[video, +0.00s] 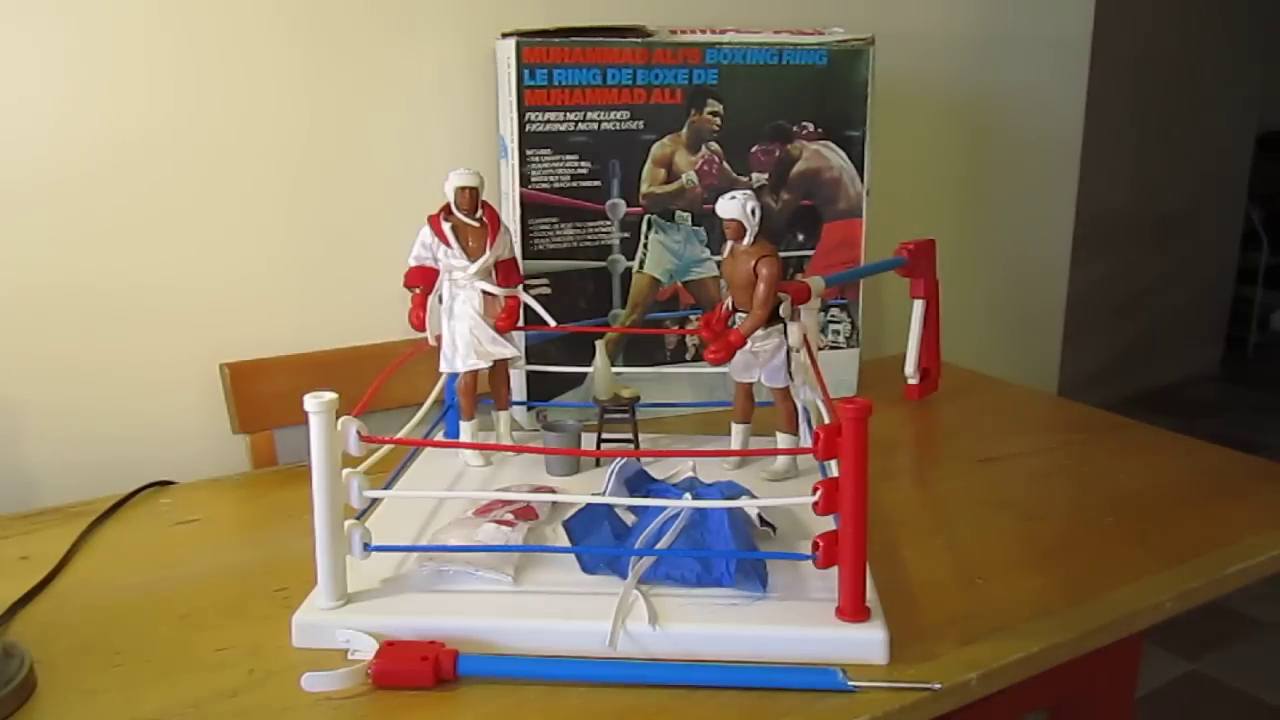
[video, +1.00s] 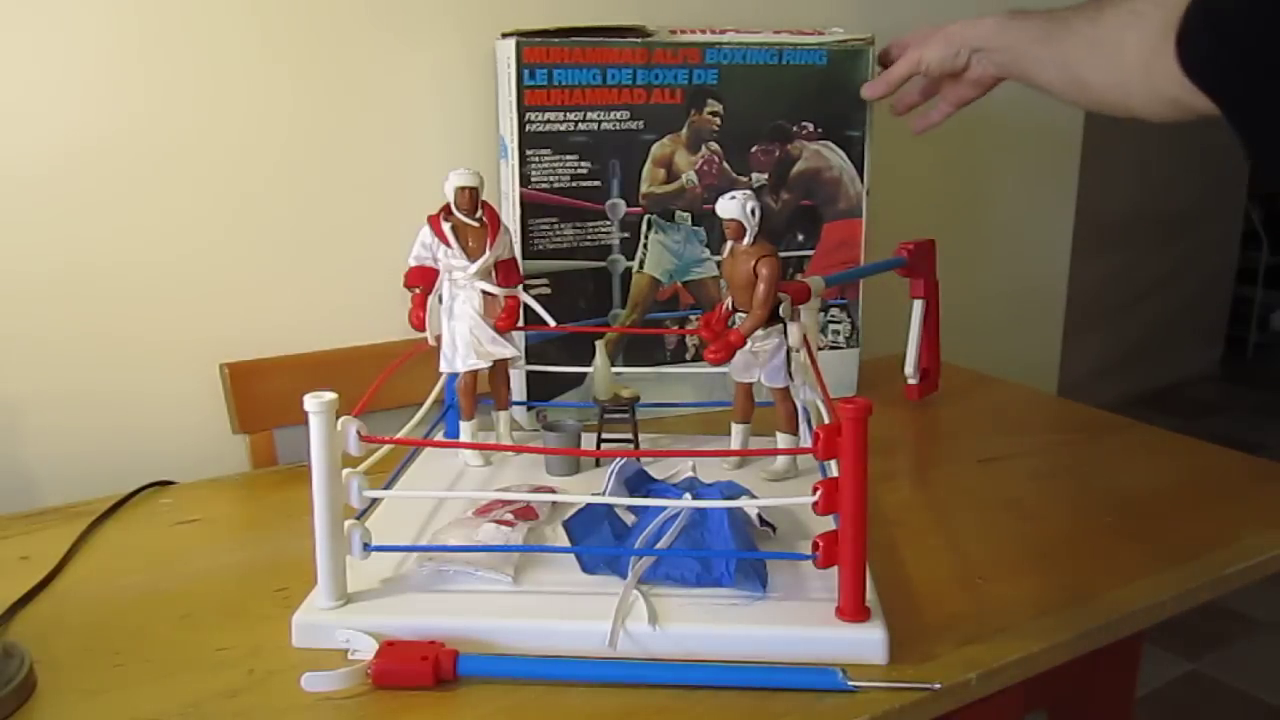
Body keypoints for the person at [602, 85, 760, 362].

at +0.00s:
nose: (719, 122)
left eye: (720, 116)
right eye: (713, 115)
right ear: (693, 115)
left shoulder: (712, 150)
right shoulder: (665, 148)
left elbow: (731, 182)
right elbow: (646, 196)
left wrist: (754, 181)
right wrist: (682, 183)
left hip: (693, 236)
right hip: (660, 234)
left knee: (719, 309)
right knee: (635, 313)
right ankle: (596, 370)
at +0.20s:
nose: (718, 121)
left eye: (720, 116)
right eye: (713, 114)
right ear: (693, 114)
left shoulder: (712, 150)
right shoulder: (665, 148)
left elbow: (730, 182)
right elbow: (646, 196)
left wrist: (755, 181)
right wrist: (683, 183)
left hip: (694, 237)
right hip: (660, 235)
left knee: (720, 309)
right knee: (635, 314)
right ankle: (596, 370)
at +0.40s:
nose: (718, 122)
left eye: (720, 116)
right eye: (713, 115)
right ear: (693, 115)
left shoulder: (712, 150)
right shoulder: (665, 148)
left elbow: (732, 182)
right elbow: (646, 196)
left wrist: (756, 181)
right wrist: (682, 183)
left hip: (693, 236)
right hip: (660, 234)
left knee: (719, 309)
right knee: (635, 313)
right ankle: (596, 370)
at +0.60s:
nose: (718, 122)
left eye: (720, 116)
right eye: (713, 115)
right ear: (693, 114)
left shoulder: (712, 150)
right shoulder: (664, 148)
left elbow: (730, 182)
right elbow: (646, 196)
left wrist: (755, 181)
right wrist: (682, 183)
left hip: (693, 237)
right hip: (660, 234)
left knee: (718, 308)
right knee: (636, 312)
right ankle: (596, 371)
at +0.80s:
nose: (719, 122)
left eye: (720, 116)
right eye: (713, 115)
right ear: (693, 114)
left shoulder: (712, 150)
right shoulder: (664, 148)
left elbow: (730, 181)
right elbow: (647, 197)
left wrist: (754, 181)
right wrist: (683, 182)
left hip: (693, 237)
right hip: (660, 235)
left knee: (718, 309)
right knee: (635, 314)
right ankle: (597, 374)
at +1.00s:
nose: (718, 122)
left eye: (720, 116)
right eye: (713, 115)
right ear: (693, 114)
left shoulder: (711, 150)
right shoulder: (664, 148)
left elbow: (731, 182)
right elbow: (646, 197)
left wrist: (757, 180)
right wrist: (684, 182)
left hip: (693, 236)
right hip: (660, 234)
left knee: (718, 308)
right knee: (635, 313)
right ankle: (596, 370)